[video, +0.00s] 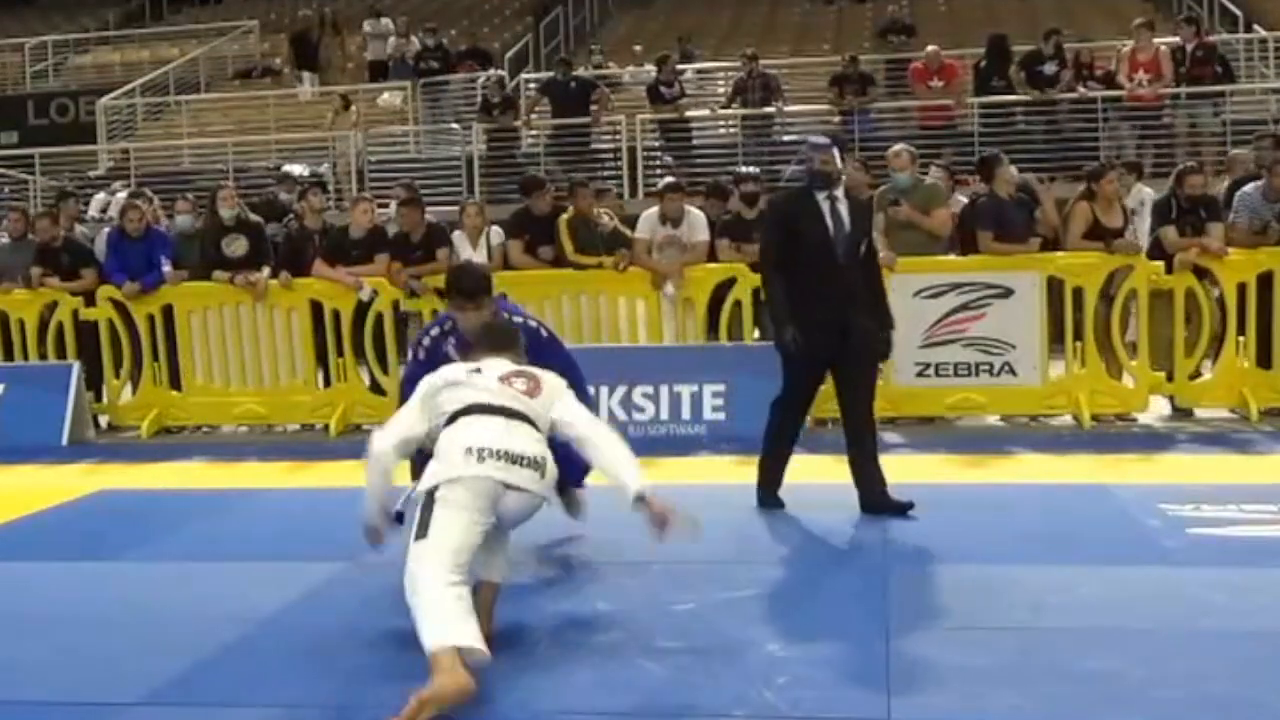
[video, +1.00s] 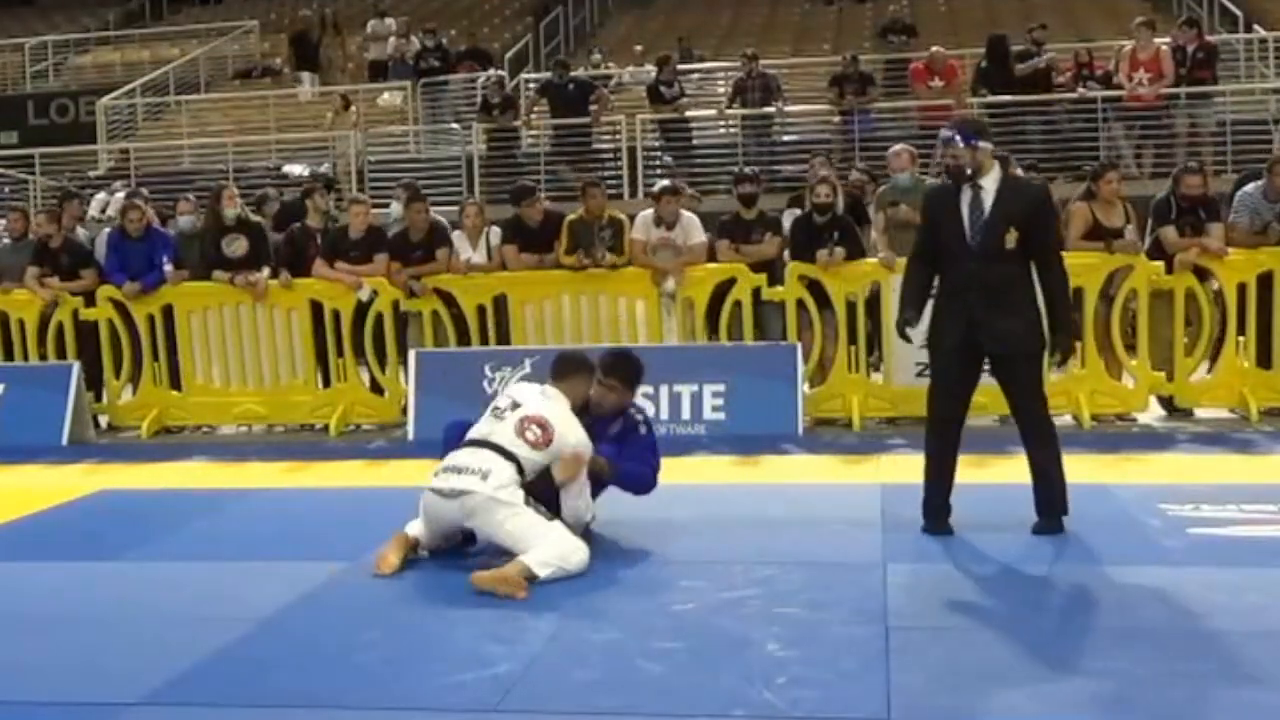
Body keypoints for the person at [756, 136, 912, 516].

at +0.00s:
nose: (824, 166)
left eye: (830, 159)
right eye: (817, 159)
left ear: (842, 164)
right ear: (804, 163)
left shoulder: (858, 207)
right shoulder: (785, 207)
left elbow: (869, 267)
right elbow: (772, 271)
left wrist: (883, 322)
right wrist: (783, 324)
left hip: (855, 328)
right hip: (808, 329)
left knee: (860, 418)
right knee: (791, 412)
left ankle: (873, 496)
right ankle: (767, 489)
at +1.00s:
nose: (949, 160)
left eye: (956, 151)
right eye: (946, 152)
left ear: (983, 150)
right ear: (947, 155)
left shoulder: (1029, 196)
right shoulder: (938, 200)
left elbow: (1050, 265)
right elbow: (924, 259)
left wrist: (1062, 328)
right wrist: (910, 307)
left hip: (1013, 327)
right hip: (954, 329)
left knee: (1033, 421)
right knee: (942, 423)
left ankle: (1051, 512)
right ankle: (935, 512)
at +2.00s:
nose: (976, 158)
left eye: (979, 150)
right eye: (975, 151)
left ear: (999, 147)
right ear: (998, 149)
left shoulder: (1033, 195)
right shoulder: (1001, 195)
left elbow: (1029, 276)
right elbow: (992, 270)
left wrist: (1010, 330)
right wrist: (981, 325)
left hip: (1019, 327)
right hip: (991, 325)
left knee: (1032, 412)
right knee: (1000, 411)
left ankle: (1049, 507)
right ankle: (1011, 492)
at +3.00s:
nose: (893, 168)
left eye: (895, 161)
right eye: (893, 162)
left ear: (907, 158)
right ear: (933, 157)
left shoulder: (912, 204)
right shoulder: (972, 196)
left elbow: (905, 273)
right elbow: (981, 262)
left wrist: (890, 328)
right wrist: (973, 305)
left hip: (924, 320)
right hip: (970, 317)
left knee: (924, 408)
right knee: (976, 396)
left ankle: (922, 484)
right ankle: (1002, 481)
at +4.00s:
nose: (767, 123)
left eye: (770, 114)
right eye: (767, 114)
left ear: (785, 115)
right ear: (802, 114)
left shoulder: (799, 154)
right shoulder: (829, 149)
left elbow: (796, 215)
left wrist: (758, 241)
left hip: (793, 261)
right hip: (828, 258)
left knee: (770, 335)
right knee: (825, 338)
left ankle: (768, 415)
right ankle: (830, 418)